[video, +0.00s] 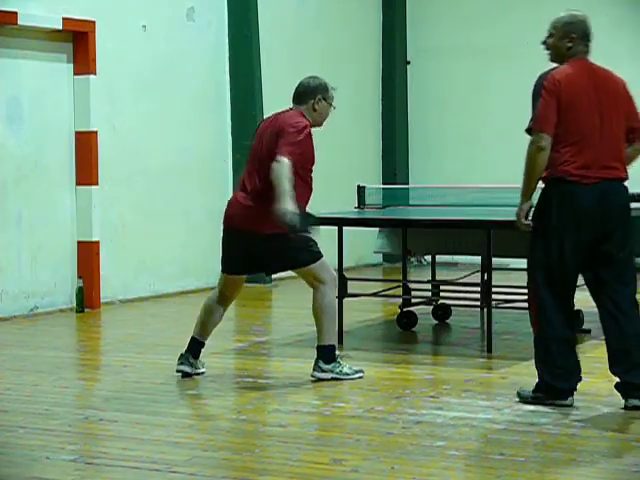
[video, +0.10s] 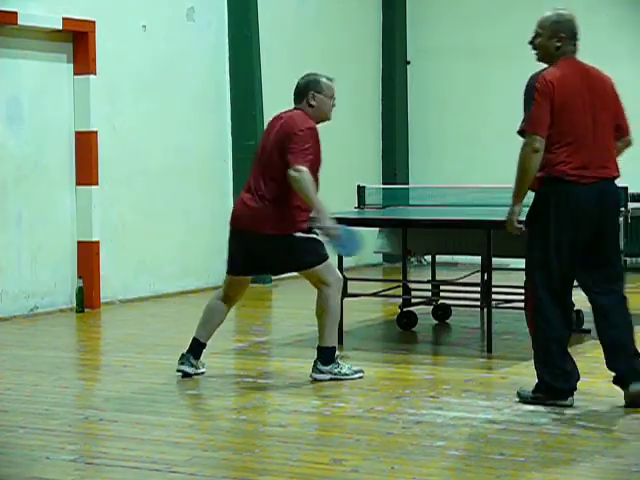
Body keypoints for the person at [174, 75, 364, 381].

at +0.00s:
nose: (329, 112)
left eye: (331, 105)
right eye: (329, 105)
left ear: (300, 101)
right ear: (315, 102)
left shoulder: (271, 122)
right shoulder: (297, 125)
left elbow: (256, 169)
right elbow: (281, 162)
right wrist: (285, 201)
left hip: (238, 222)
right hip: (274, 224)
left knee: (225, 292)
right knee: (326, 281)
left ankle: (190, 356)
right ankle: (327, 360)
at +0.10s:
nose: (334, 105)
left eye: (334, 99)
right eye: (331, 98)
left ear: (308, 99)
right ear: (312, 98)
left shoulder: (279, 121)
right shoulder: (303, 126)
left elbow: (274, 175)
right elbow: (298, 172)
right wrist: (320, 213)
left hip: (245, 223)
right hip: (281, 227)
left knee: (229, 292)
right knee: (331, 281)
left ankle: (191, 356)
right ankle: (327, 361)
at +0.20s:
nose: (338, 96)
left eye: (337, 91)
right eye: (332, 91)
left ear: (309, 95)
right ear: (312, 93)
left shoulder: (290, 118)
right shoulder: (307, 121)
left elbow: (300, 172)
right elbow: (309, 173)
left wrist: (340, 192)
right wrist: (346, 202)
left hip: (255, 220)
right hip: (285, 224)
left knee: (247, 288)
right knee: (334, 282)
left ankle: (197, 349)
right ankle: (327, 362)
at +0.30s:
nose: (338, 86)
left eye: (337, 81)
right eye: (332, 82)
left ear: (313, 89)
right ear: (312, 88)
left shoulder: (310, 116)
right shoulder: (303, 115)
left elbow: (310, 165)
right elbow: (307, 166)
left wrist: (345, 174)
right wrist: (347, 180)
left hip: (267, 218)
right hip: (288, 220)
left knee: (272, 287)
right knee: (335, 281)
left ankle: (210, 336)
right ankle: (327, 362)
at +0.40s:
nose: (332, 81)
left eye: (331, 76)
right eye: (326, 77)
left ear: (311, 84)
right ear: (305, 83)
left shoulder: (308, 113)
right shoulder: (298, 111)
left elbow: (303, 161)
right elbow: (291, 160)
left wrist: (338, 169)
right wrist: (335, 169)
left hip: (276, 217)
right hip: (287, 218)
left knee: (293, 286)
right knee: (331, 281)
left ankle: (232, 331)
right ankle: (327, 361)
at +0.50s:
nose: (322, 80)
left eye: (321, 75)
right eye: (315, 76)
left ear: (306, 83)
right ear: (294, 82)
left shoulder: (311, 114)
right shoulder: (284, 112)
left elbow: (307, 163)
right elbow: (271, 161)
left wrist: (337, 174)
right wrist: (314, 174)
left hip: (304, 218)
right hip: (283, 219)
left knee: (307, 287)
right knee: (327, 277)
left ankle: (257, 333)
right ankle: (326, 361)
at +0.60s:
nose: (309, 78)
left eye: (309, 73)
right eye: (302, 74)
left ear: (305, 80)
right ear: (282, 82)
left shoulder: (307, 114)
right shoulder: (267, 115)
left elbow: (309, 156)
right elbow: (249, 164)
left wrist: (334, 169)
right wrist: (281, 187)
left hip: (305, 216)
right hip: (275, 218)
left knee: (304, 291)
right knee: (315, 279)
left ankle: (265, 344)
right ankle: (326, 360)